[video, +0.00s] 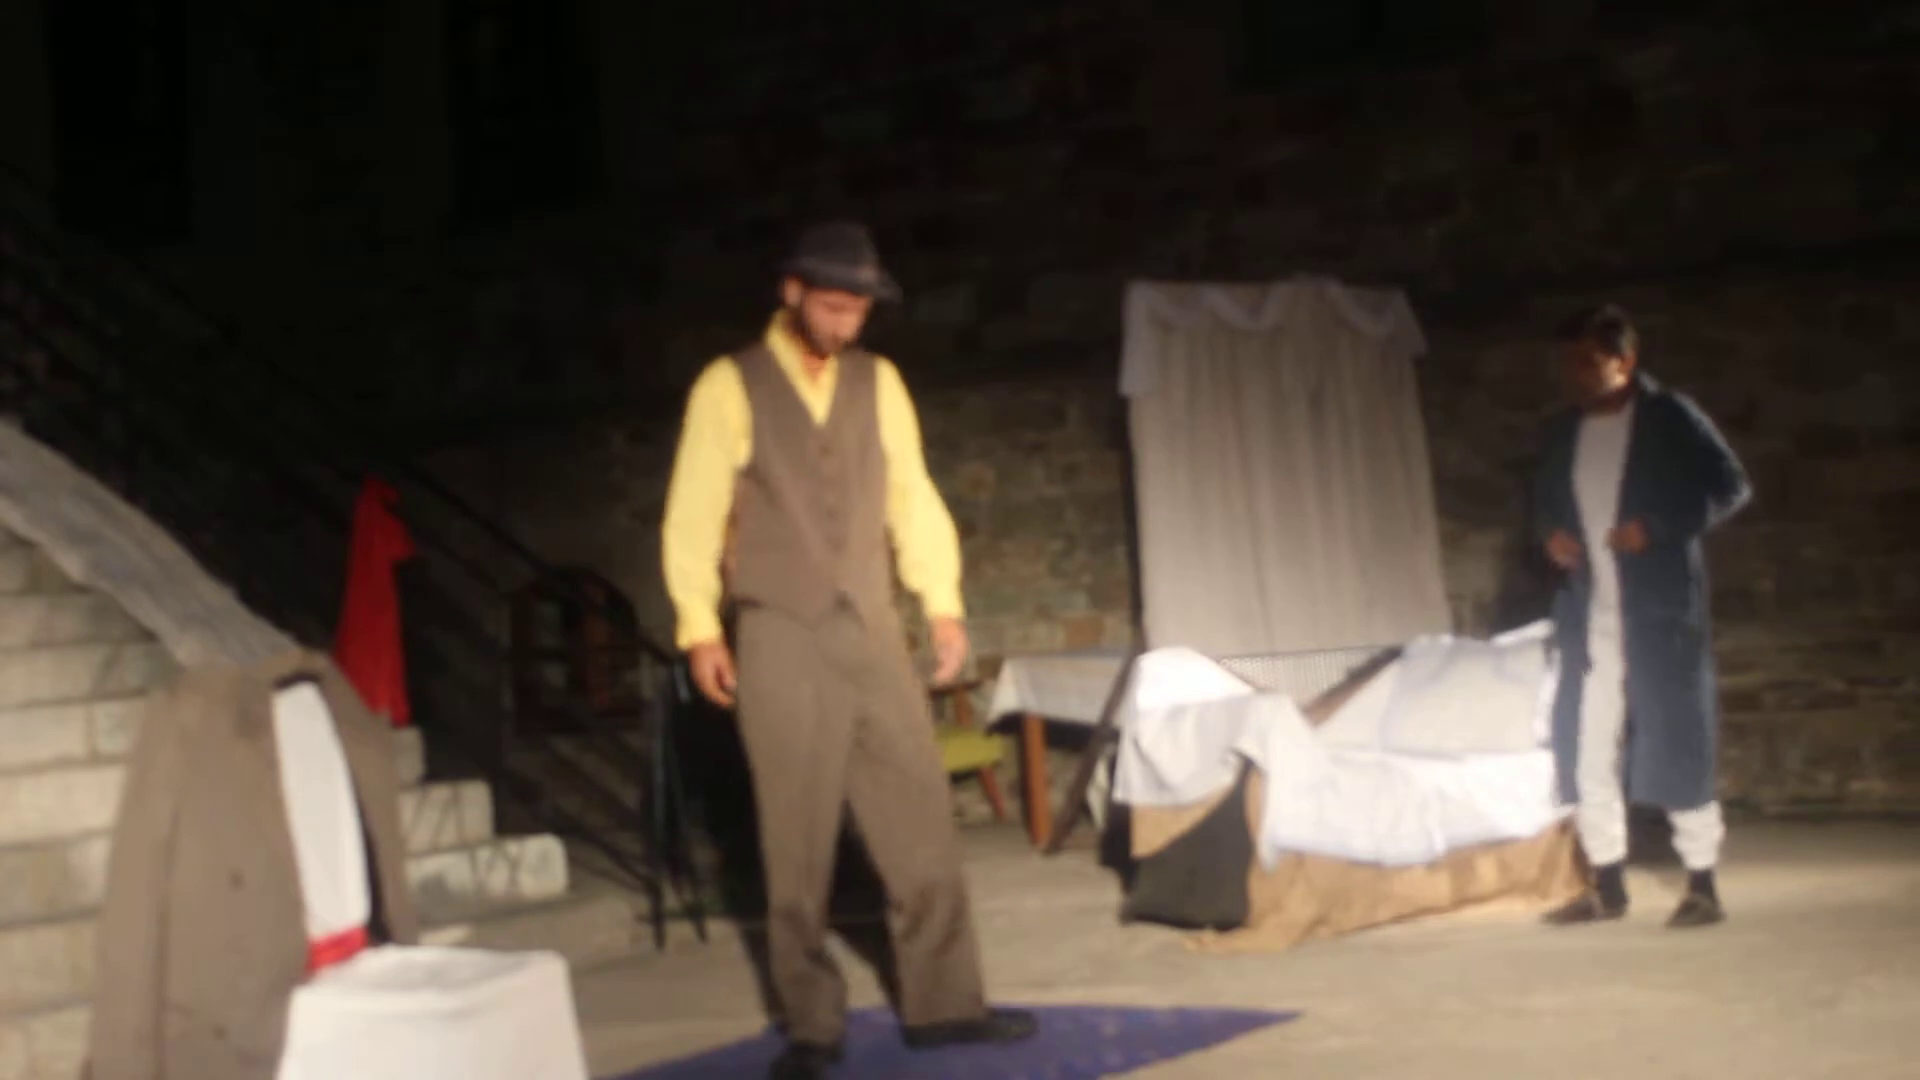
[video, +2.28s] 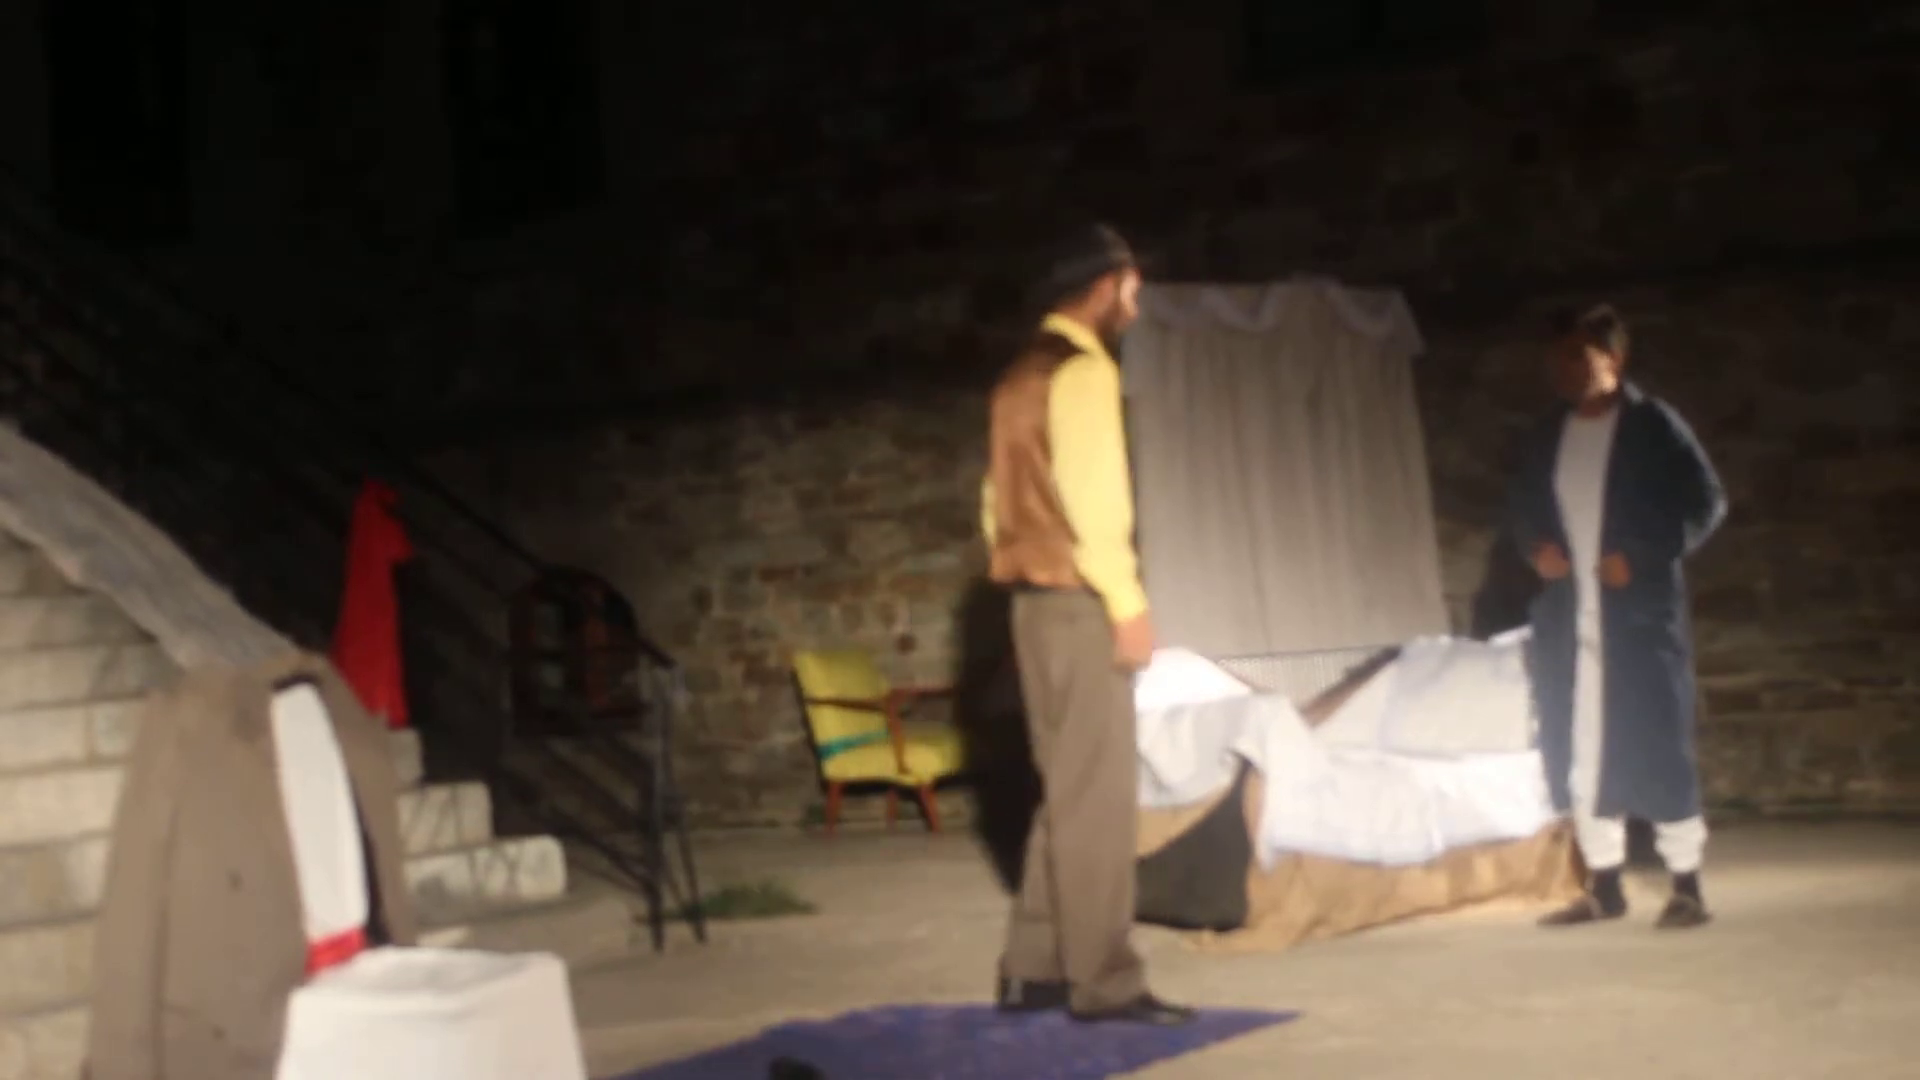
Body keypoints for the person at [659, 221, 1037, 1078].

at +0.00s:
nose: (852, 317)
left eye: (862, 302)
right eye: (837, 300)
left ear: (870, 303)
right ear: (792, 292)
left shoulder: (881, 386)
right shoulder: (729, 389)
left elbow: (913, 501)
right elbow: (691, 517)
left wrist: (944, 608)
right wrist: (699, 628)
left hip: (875, 635)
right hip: (780, 640)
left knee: (920, 817)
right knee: (798, 837)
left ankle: (945, 1004)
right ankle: (811, 1024)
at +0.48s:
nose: (968, 322)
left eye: (973, 307)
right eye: (962, 304)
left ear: (936, 300)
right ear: (914, 291)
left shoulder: (924, 383)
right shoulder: (845, 379)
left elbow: (913, 507)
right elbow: (794, 496)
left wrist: (935, 617)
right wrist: (822, 605)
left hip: (932, 620)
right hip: (882, 620)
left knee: (948, 811)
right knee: (894, 813)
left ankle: (946, 1001)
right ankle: (873, 1012)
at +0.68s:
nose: (999, 307)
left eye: (1001, 290)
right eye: (994, 289)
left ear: (946, 286)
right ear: (953, 286)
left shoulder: (924, 368)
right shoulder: (898, 369)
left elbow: (883, 492)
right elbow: (845, 485)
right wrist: (864, 599)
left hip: (923, 610)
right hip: (918, 612)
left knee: (925, 817)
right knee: (955, 811)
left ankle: (928, 1004)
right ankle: (983, 1002)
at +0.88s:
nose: (1023, 324)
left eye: (1027, 307)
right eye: (1018, 305)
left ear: (969, 298)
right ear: (980, 292)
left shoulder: (923, 362)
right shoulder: (952, 366)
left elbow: (920, 491)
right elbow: (932, 486)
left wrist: (952, 596)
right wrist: (953, 606)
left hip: (909, 607)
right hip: (949, 608)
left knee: (948, 808)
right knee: (1013, 799)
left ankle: (942, 1002)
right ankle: (1020, 1002)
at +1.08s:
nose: (1056, 349)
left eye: (1062, 334)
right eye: (1056, 329)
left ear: (1004, 305)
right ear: (1025, 306)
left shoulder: (919, 382)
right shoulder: (999, 377)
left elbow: (876, 498)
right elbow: (1019, 504)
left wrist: (897, 593)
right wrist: (1067, 606)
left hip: (926, 612)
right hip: (979, 609)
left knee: (1010, 790)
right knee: (1025, 800)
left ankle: (971, 961)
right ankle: (1023, 1005)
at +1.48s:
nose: (1083, 360)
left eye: (1090, 347)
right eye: (1084, 342)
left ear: (1043, 317)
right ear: (1051, 315)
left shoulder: (972, 378)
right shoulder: (1012, 379)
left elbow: (929, 504)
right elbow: (998, 492)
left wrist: (924, 619)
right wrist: (1023, 602)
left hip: (948, 605)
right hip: (986, 606)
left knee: (984, 797)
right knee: (1066, 771)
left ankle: (1015, 974)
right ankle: (1069, 965)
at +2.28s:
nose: (1133, 302)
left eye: (1133, 286)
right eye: (1131, 287)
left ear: (1064, 291)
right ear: (1109, 287)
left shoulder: (1023, 376)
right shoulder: (1085, 371)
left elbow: (997, 498)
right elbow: (1095, 494)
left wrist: (1018, 568)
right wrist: (1127, 605)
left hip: (1034, 600)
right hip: (1077, 601)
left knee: (1070, 788)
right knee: (1097, 790)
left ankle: (1036, 967)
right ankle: (1106, 983)